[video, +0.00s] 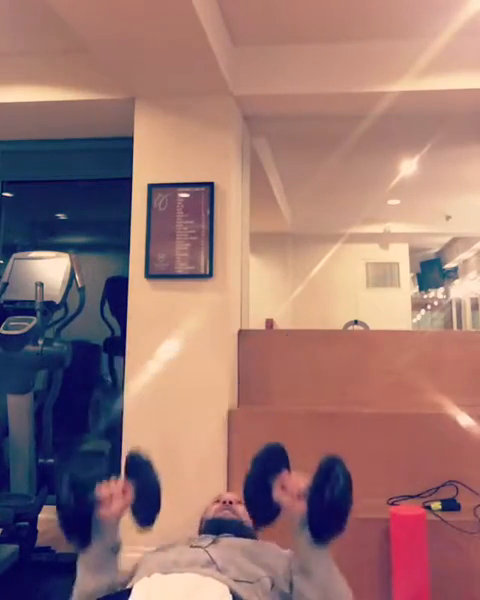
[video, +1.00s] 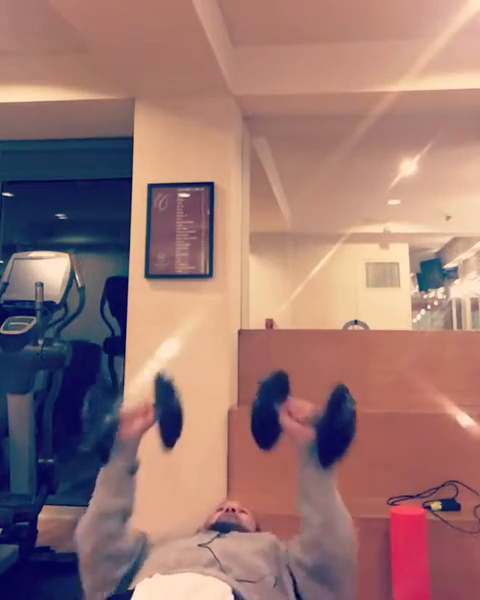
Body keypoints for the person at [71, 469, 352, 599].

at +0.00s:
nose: (226, 501)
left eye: (237, 502)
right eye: (217, 502)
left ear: (255, 525)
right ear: (198, 525)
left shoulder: (277, 556)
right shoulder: (157, 556)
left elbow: (327, 596)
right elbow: (94, 595)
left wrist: (305, 524)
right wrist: (106, 526)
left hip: (222, 590)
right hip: (150, 588)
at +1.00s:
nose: (230, 509)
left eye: (240, 511)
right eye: (222, 509)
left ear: (258, 529)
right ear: (203, 525)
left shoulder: (284, 558)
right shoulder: (157, 552)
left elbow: (332, 551)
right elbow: (98, 542)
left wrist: (310, 450)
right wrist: (124, 447)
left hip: (227, 590)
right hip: (153, 587)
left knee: (203, 590)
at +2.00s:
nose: (230, 514)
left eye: (242, 517)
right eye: (222, 514)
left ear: (258, 531)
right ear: (207, 523)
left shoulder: (281, 565)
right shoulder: (151, 546)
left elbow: (295, 496)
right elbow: (145, 474)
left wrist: (277, 403)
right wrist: (155, 388)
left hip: (223, 589)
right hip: (145, 586)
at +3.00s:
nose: (228, 512)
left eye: (239, 513)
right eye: (220, 511)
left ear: (258, 532)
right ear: (202, 528)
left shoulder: (274, 552)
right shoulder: (158, 552)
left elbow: (334, 579)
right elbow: (92, 565)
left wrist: (306, 465)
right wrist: (122, 461)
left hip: (224, 591)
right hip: (152, 589)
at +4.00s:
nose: (226, 500)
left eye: (238, 500)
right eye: (216, 499)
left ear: (255, 522)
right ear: (200, 519)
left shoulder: (265, 550)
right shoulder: (154, 553)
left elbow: (298, 596)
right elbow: (106, 597)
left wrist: (307, 564)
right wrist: (106, 558)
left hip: (214, 588)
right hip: (145, 588)